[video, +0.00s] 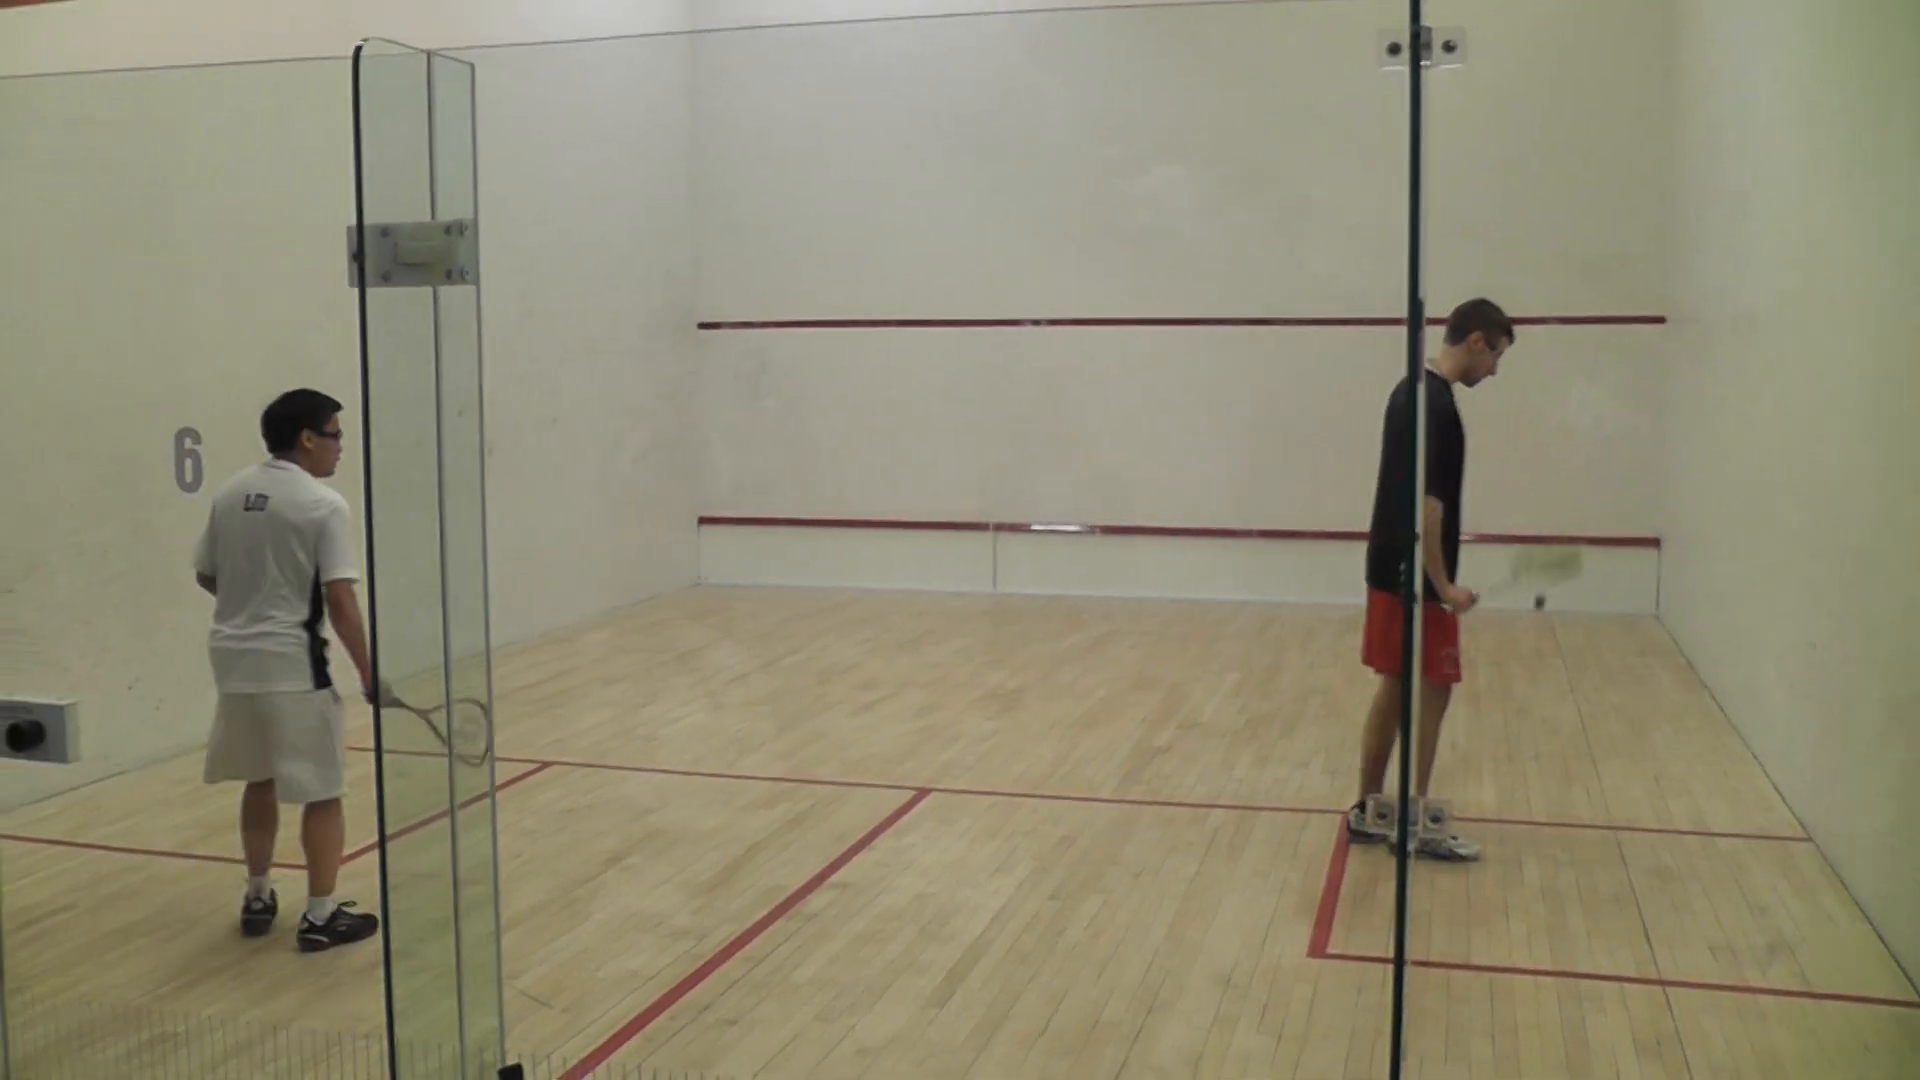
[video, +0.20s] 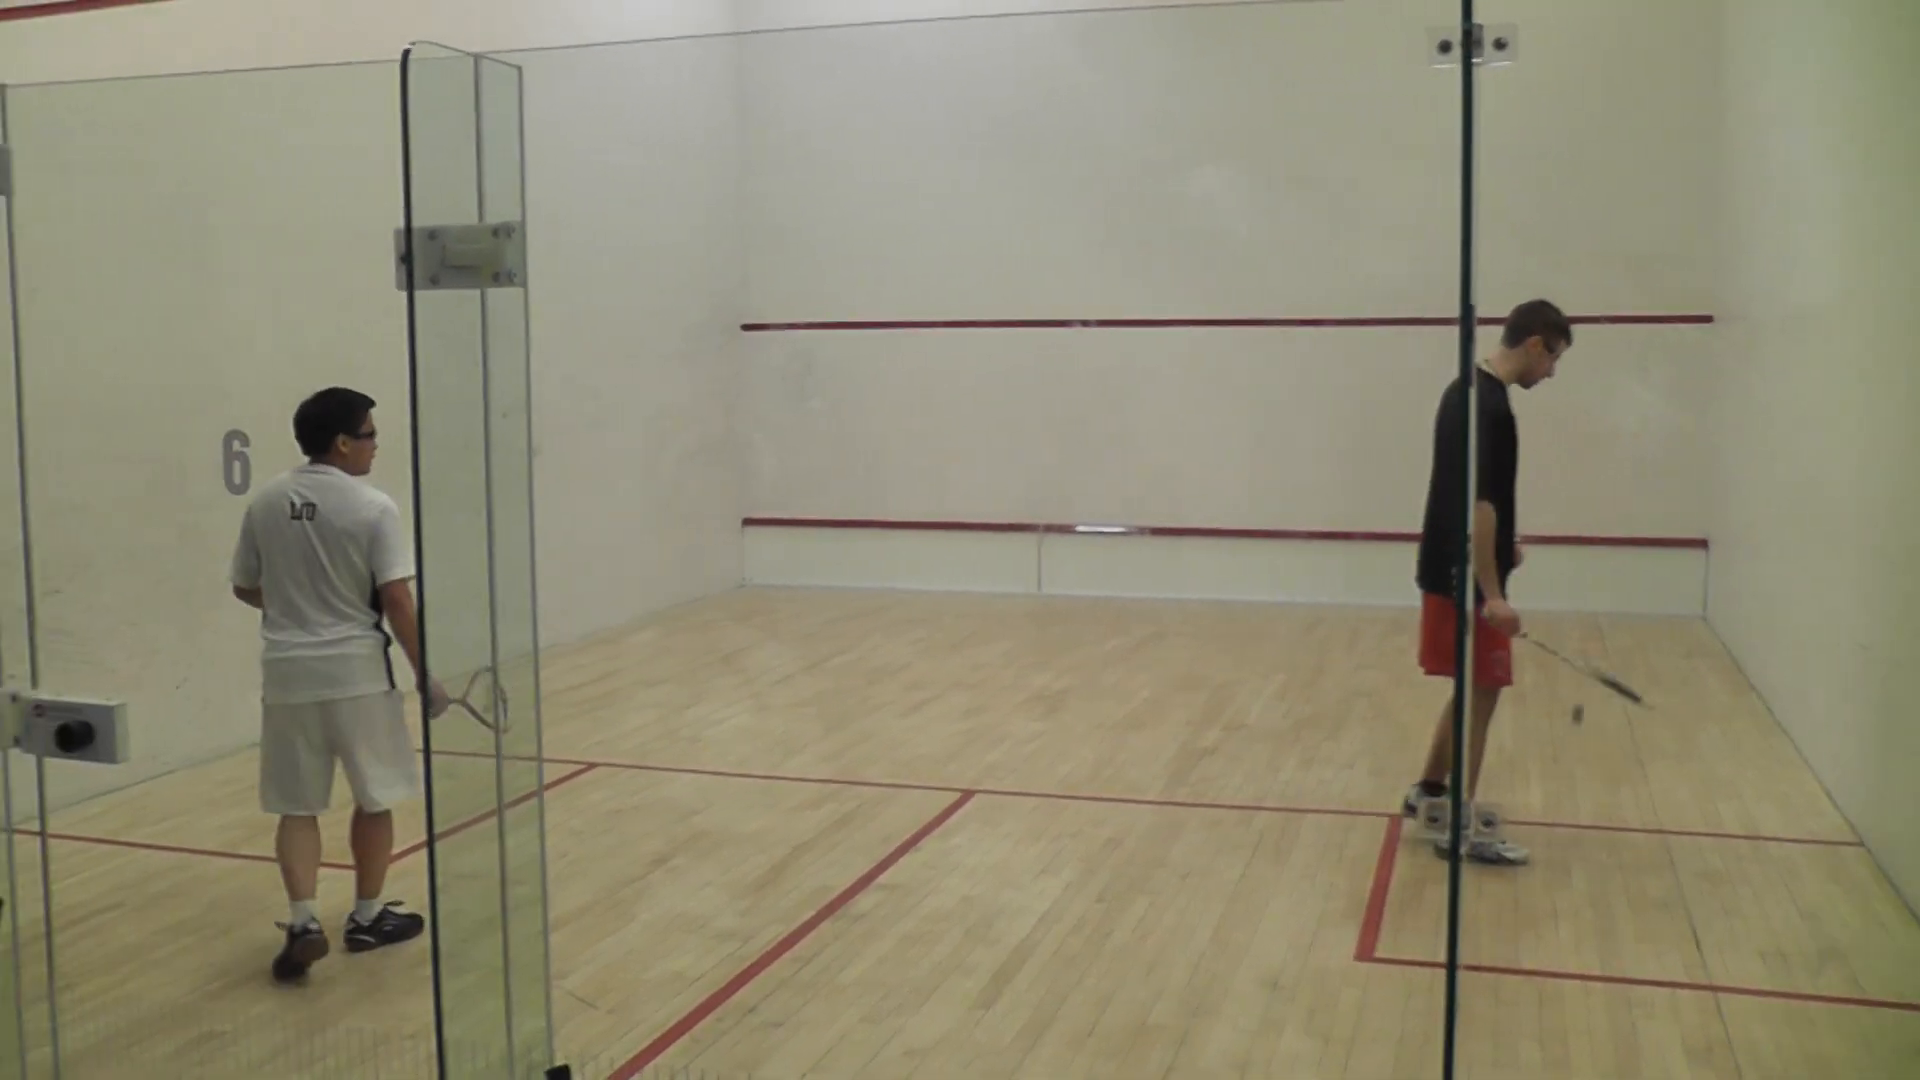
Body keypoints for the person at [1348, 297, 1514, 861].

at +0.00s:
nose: (1494, 370)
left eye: (1498, 358)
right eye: (1495, 356)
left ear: (1459, 340)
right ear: (1473, 342)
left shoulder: (1411, 393)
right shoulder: (1435, 404)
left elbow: (1408, 497)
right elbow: (1429, 505)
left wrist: (1430, 575)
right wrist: (1442, 583)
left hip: (1394, 569)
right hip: (1419, 577)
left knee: (1394, 685)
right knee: (1433, 690)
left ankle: (1370, 807)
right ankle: (1413, 819)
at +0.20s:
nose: (1551, 372)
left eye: (1556, 361)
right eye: (1552, 358)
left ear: (1518, 342)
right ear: (1531, 345)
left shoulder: (1469, 392)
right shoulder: (1486, 404)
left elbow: (1468, 493)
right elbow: (1480, 504)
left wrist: (1500, 545)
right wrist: (1491, 594)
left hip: (1458, 571)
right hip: (1467, 579)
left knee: (1474, 686)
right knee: (1483, 691)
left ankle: (1432, 792)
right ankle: (1457, 821)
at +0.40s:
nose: (1583, 371)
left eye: (1587, 360)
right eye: (1582, 358)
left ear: (1554, 346)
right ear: (1556, 346)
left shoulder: (1519, 401)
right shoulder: (1507, 404)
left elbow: (1521, 495)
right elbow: (1494, 506)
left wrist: (1578, 506)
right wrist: (1526, 584)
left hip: (1505, 583)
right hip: (1497, 586)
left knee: (1502, 694)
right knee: (1505, 699)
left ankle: (1477, 808)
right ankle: (1486, 832)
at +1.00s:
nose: (1559, 352)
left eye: (1570, 342)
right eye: (1552, 341)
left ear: (1593, 347)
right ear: (1543, 344)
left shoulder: (1596, 410)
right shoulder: (1531, 414)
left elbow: (1596, 487)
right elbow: (1522, 503)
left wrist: (1614, 536)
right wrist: (1588, 553)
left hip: (1568, 576)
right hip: (1539, 579)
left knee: (1541, 696)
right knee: (1559, 700)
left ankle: (1524, 817)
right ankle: (1545, 831)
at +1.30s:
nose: (1628, 357)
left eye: (1630, 346)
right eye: (1616, 346)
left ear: (1624, 350)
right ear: (1585, 349)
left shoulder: (1587, 413)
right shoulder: (1573, 421)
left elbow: (1591, 506)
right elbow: (1579, 520)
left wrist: (1625, 552)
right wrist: (1656, 552)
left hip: (1556, 585)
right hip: (1567, 589)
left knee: (1551, 697)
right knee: (1586, 704)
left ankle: (1539, 820)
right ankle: (1569, 842)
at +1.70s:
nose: (1655, 368)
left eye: (1653, 358)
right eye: (1651, 359)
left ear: (1615, 362)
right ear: (1629, 363)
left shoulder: (1583, 415)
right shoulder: (1598, 439)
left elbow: (1620, 502)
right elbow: (1617, 550)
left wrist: (1689, 532)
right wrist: (1697, 588)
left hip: (1531, 585)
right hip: (1555, 598)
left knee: (1544, 690)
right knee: (1591, 708)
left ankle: (1517, 788)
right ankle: (1585, 842)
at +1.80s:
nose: (1641, 363)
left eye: (1639, 352)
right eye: (1637, 353)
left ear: (1599, 359)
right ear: (1616, 360)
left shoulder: (1580, 411)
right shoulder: (1584, 430)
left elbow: (1635, 480)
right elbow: (1608, 552)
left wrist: (1716, 472)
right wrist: (1686, 580)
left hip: (1527, 585)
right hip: (1554, 598)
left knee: (1529, 690)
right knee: (1587, 709)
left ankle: (1456, 780)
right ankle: (1589, 842)